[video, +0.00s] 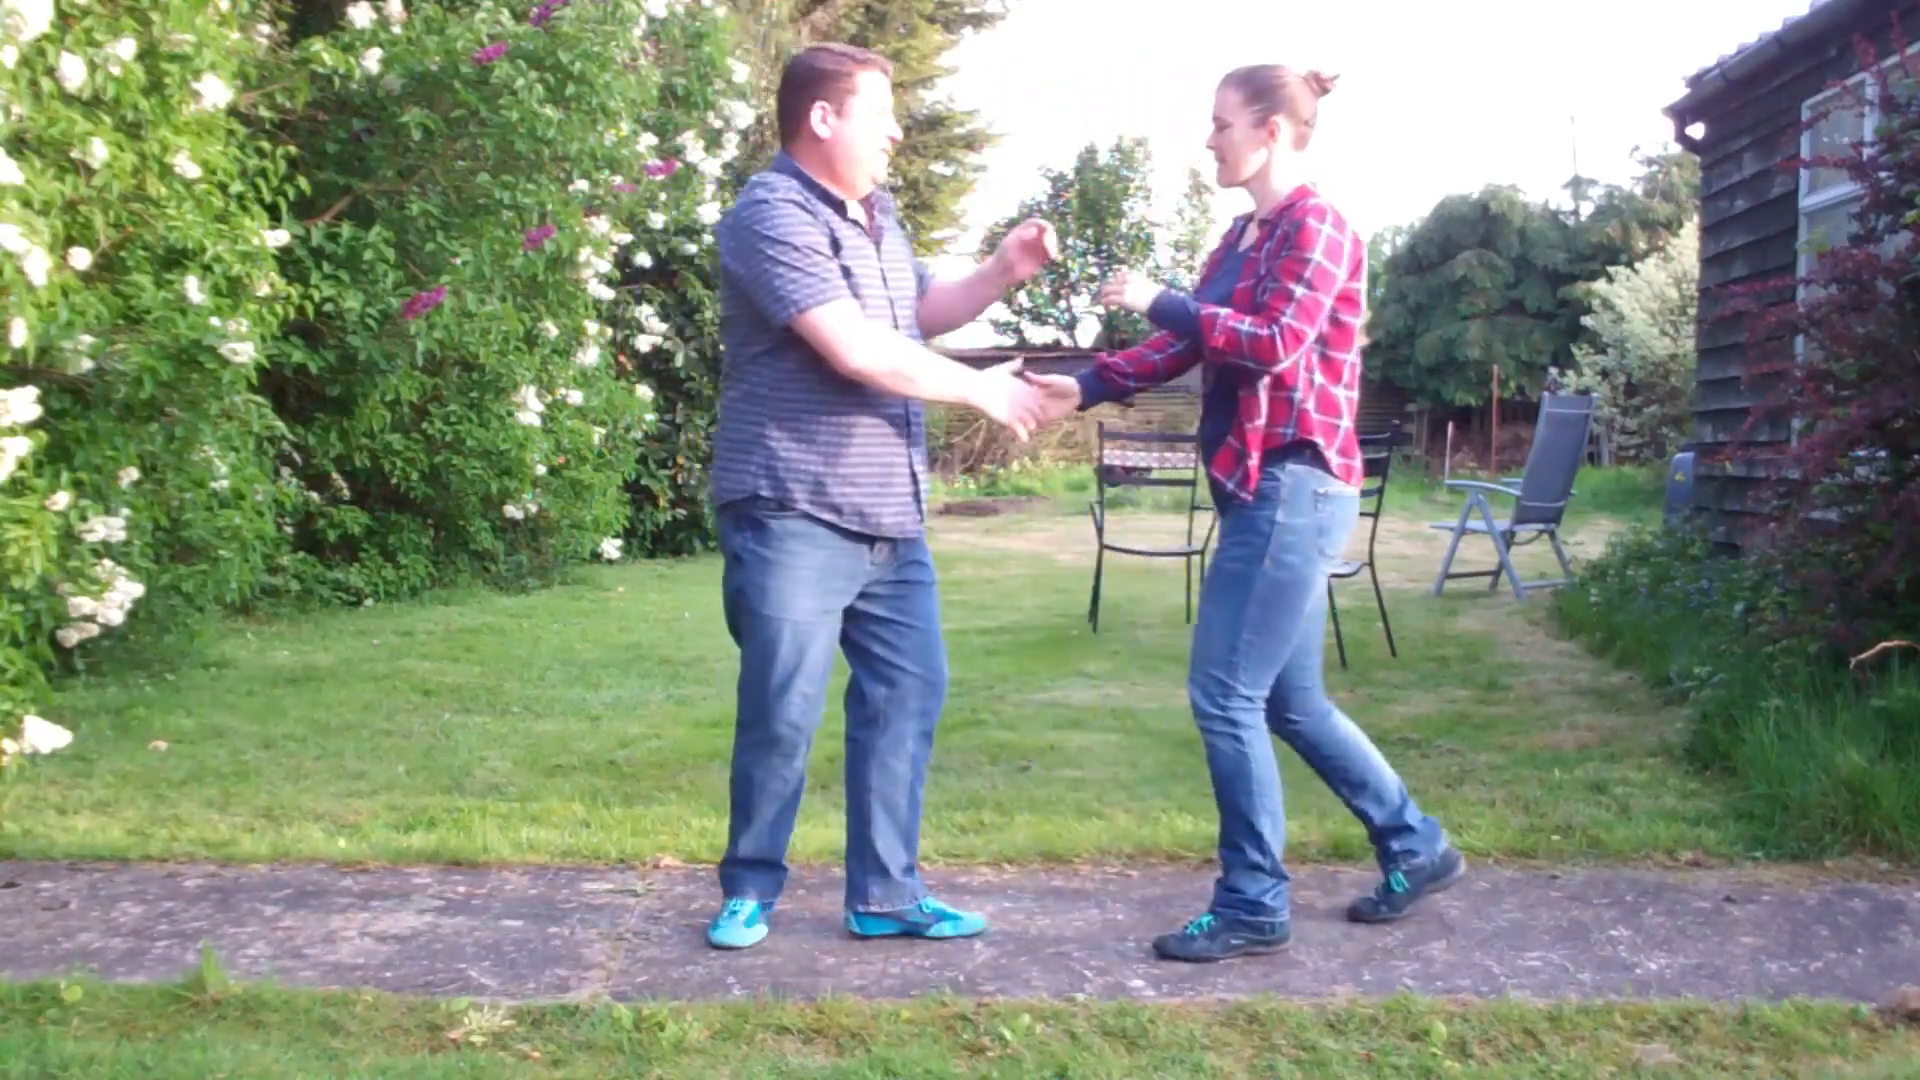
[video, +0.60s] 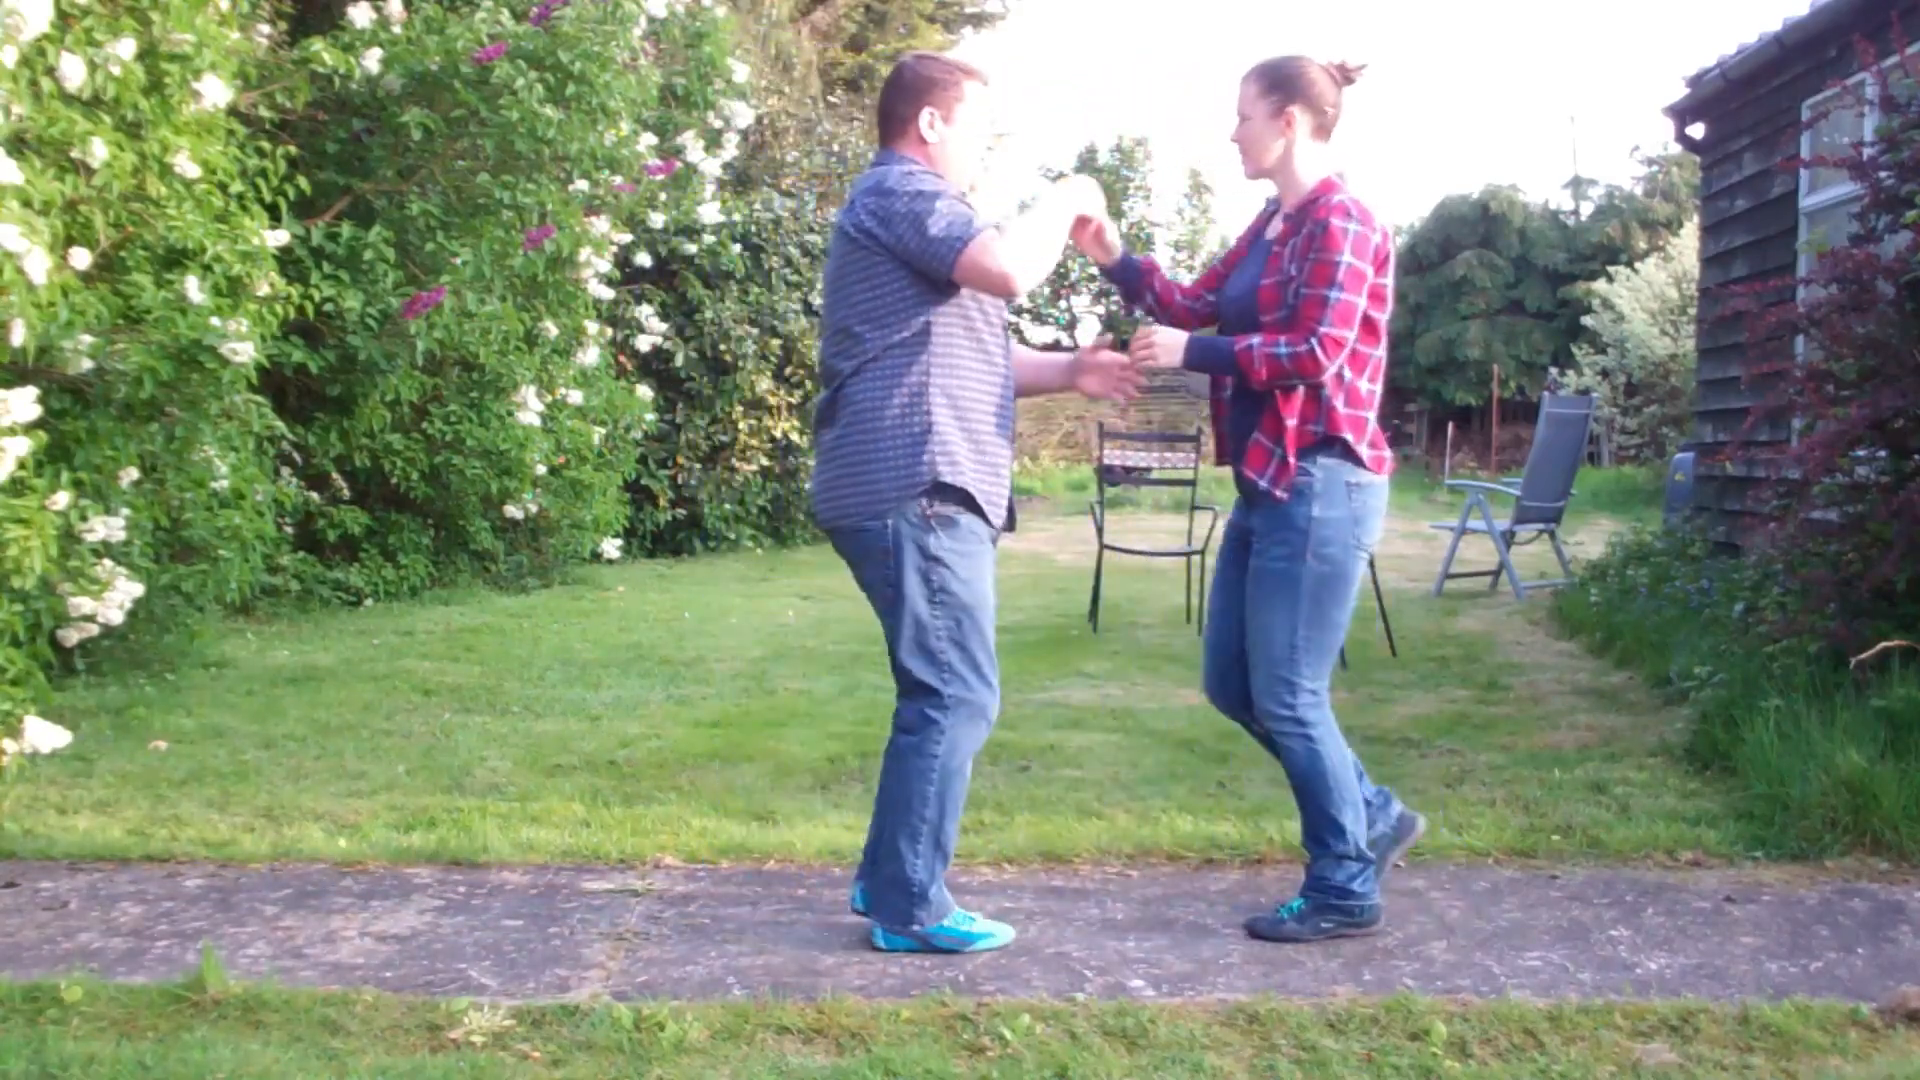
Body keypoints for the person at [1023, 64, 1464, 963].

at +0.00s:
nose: (1208, 141)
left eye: (1222, 127)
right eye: (1211, 127)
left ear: (1274, 132)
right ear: (1262, 133)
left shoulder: (1318, 226)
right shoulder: (1240, 242)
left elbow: (1273, 345)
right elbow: (1172, 348)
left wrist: (1163, 303)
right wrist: (1079, 387)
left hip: (1296, 487)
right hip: (1268, 487)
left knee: (1226, 695)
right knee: (1292, 699)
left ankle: (1252, 905)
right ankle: (1417, 849)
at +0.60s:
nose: (1233, 135)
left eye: (1245, 119)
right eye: (1235, 120)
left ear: (1293, 123)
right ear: (1278, 125)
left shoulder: (1345, 224)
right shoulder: (1267, 231)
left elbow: (1316, 353)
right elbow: (1192, 307)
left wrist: (1197, 349)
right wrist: (1112, 258)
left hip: (1323, 484)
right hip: (1268, 486)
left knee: (1287, 693)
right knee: (1233, 682)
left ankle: (1342, 890)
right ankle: (1373, 813)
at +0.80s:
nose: (1214, 135)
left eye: (1222, 118)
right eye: (1217, 120)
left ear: (1261, 120)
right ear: (1260, 122)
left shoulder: (1339, 225)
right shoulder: (1231, 213)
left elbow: (1310, 355)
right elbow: (1130, 215)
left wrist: (1175, 338)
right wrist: (1097, 133)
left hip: (1308, 482)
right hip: (1228, 484)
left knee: (1292, 692)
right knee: (1185, 681)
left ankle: (1345, 886)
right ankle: (1239, 868)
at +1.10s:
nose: (1181, 142)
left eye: (1188, 125)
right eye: (1183, 127)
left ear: (1226, 127)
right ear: (1231, 128)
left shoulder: (1290, 232)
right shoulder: (1199, 214)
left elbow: (1239, 354)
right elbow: (1110, 190)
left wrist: (1120, 311)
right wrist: (1092, 112)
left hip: (1247, 476)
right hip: (1187, 476)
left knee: (1180, 680)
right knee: (1170, 682)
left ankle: (1298, 849)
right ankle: (1222, 877)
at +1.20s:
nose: (1171, 148)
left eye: (1177, 133)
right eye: (1172, 135)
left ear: (1213, 129)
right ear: (1228, 131)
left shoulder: (1261, 231)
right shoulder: (1204, 217)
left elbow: (1188, 353)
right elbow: (1117, 197)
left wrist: (1096, 291)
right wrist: (1083, 122)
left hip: (1223, 477)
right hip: (1218, 475)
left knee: (1116, 668)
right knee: (1181, 687)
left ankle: (1234, 850)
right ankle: (1225, 879)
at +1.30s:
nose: (1156, 153)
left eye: (1162, 136)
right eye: (1159, 138)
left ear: (1191, 130)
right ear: (1224, 133)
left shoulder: (1217, 230)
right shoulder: (1250, 218)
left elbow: (1131, 346)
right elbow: (1132, 189)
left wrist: (1079, 267)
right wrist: (1088, 114)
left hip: (1191, 487)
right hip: (1244, 489)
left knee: (1089, 666)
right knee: (1176, 690)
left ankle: (1130, 864)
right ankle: (1229, 880)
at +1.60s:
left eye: (1111, 129)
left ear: (1112, 137)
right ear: (1192, 143)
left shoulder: (1081, 230)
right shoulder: (1210, 217)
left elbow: (1017, 298)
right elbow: (1235, 152)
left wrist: (1061, 203)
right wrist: (1172, 94)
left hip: (1111, 494)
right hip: (1214, 489)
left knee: (1074, 689)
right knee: (1165, 688)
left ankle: (1033, 874)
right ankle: (1219, 873)